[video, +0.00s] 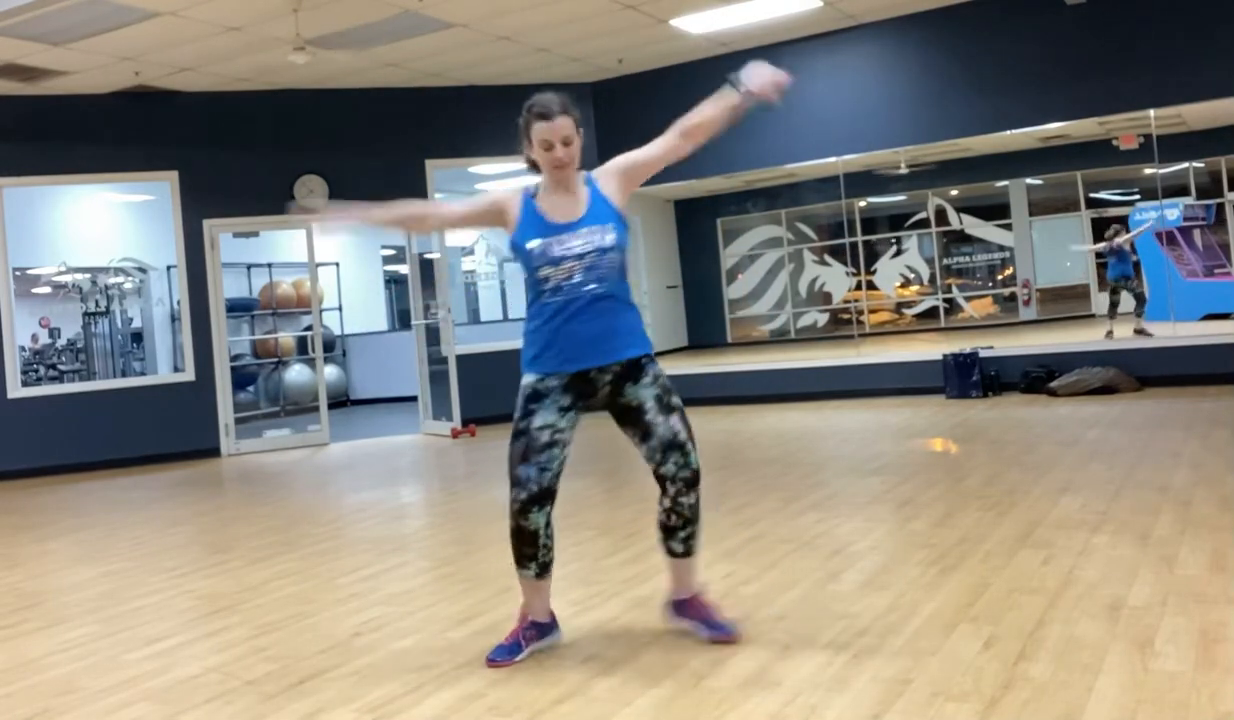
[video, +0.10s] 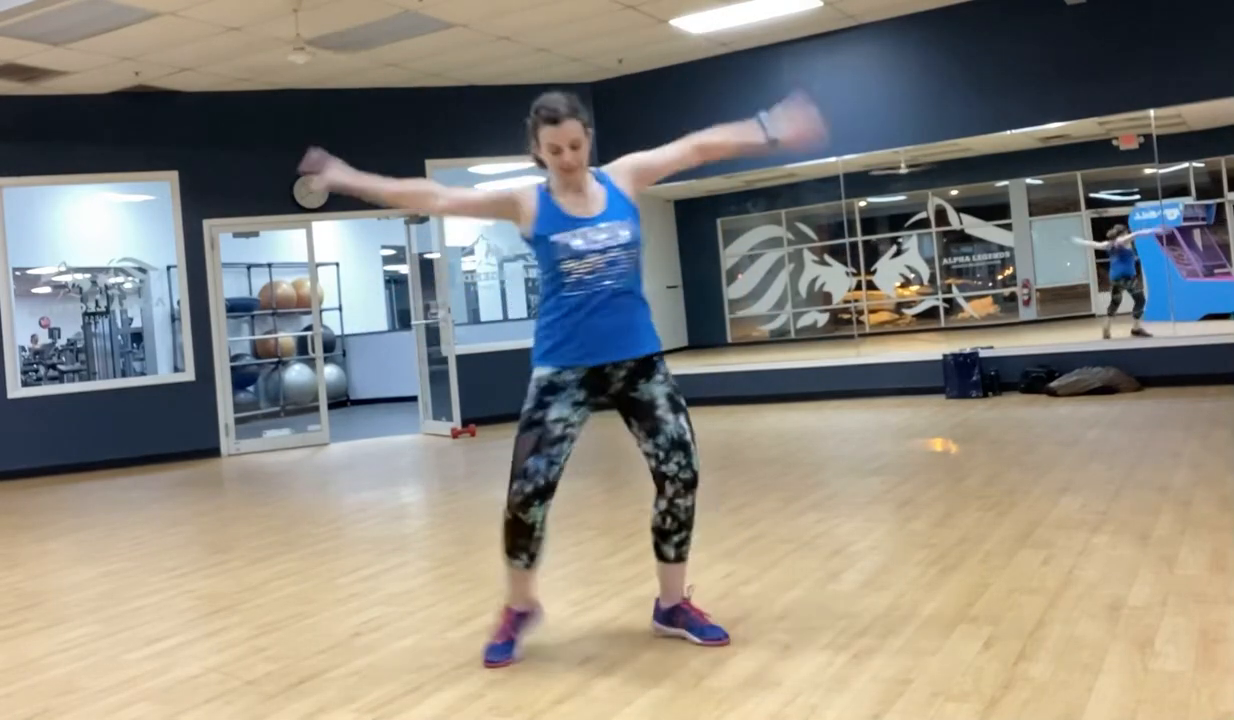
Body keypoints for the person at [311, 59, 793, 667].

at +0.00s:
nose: (559, 154)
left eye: (567, 142)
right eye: (547, 146)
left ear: (582, 138)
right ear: (530, 149)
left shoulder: (613, 181)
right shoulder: (510, 205)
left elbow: (685, 135)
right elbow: (428, 214)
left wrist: (743, 89)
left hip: (628, 363)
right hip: (551, 375)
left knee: (681, 467)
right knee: (528, 492)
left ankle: (685, 595)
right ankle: (537, 617)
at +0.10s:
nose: (564, 157)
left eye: (572, 146)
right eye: (552, 150)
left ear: (590, 137)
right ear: (537, 151)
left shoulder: (625, 177)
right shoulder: (522, 200)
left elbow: (700, 145)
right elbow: (432, 196)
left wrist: (770, 127)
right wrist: (346, 177)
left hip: (639, 362)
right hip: (562, 372)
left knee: (679, 472)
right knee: (527, 490)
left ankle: (673, 603)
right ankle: (519, 606)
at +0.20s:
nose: (583, 174)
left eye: (590, 162)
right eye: (571, 166)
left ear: (606, 151)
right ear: (555, 163)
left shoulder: (641, 186)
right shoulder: (546, 208)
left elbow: (715, 179)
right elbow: (457, 195)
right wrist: (373, 163)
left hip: (650, 371)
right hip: (579, 376)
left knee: (691, 480)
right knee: (537, 487)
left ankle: (670, 607)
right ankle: (471, 604)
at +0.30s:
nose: (608, 189)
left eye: (616, 176)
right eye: (595, 181)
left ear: (630, 168)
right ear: (577, 179)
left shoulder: (653, 208)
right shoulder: (565, 224)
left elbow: (692, 236)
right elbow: (476, 222)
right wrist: (386, 202)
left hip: (656, 386)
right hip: (592, 390)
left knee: (706, 488)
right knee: (538, 507)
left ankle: (672, 608)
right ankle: (451, 614)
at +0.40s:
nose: (616, 193)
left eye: (623, 182)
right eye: (603, 185)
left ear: (638, 176)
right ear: (586, 186)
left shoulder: (648, 215)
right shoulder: (578, 233)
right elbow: (505, 254)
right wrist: (436, 259)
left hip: (659, 390)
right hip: (596, 397)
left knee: (708, 491)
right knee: (543, 509)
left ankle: (671, 608)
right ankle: (448, 614)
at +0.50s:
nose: (631, 196)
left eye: (637, 183)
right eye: (617, 189)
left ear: (646, 177)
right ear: (596, 192)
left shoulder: (647, 229)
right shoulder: (592, 248)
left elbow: (640, 300)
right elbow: (553, 326)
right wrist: (508, 388)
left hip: (659, 398)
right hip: (601, 404)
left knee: (712, 493)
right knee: (545, 510)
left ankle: (671, 608)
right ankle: (442, 610)